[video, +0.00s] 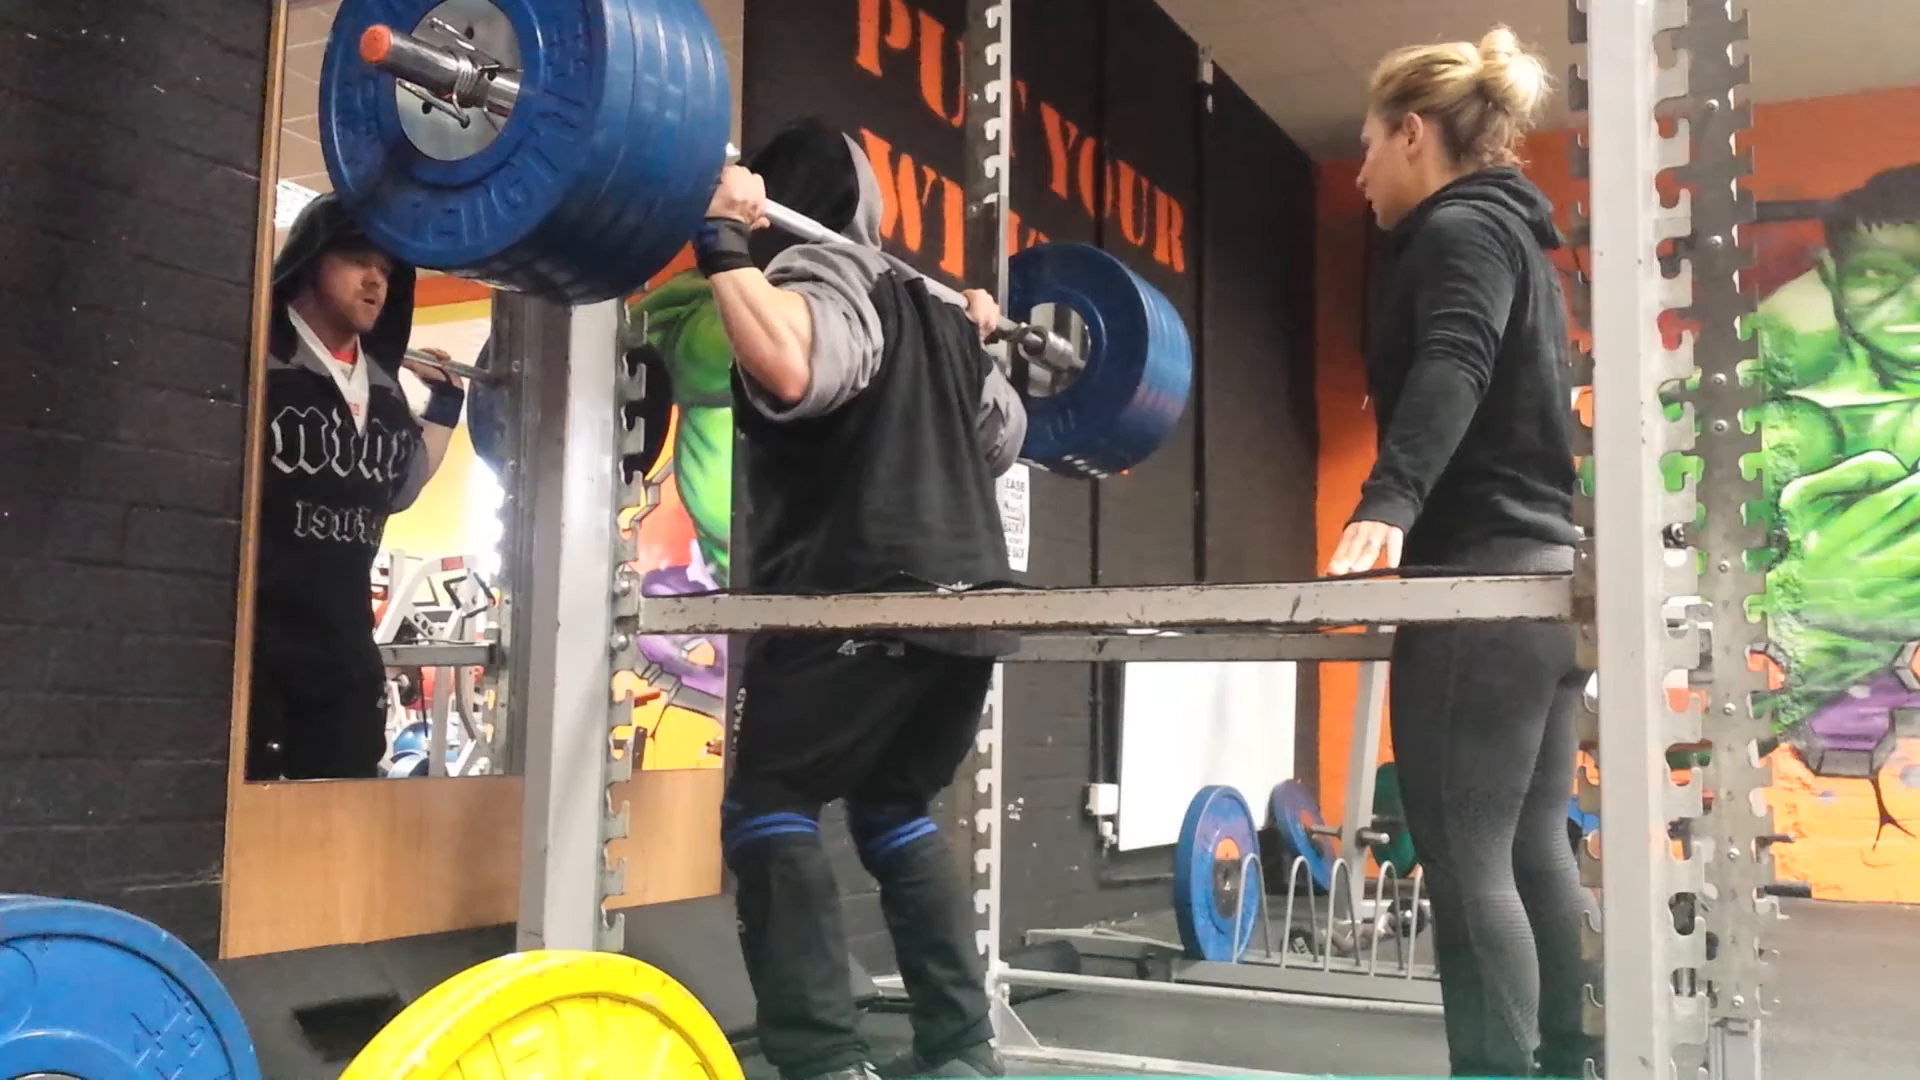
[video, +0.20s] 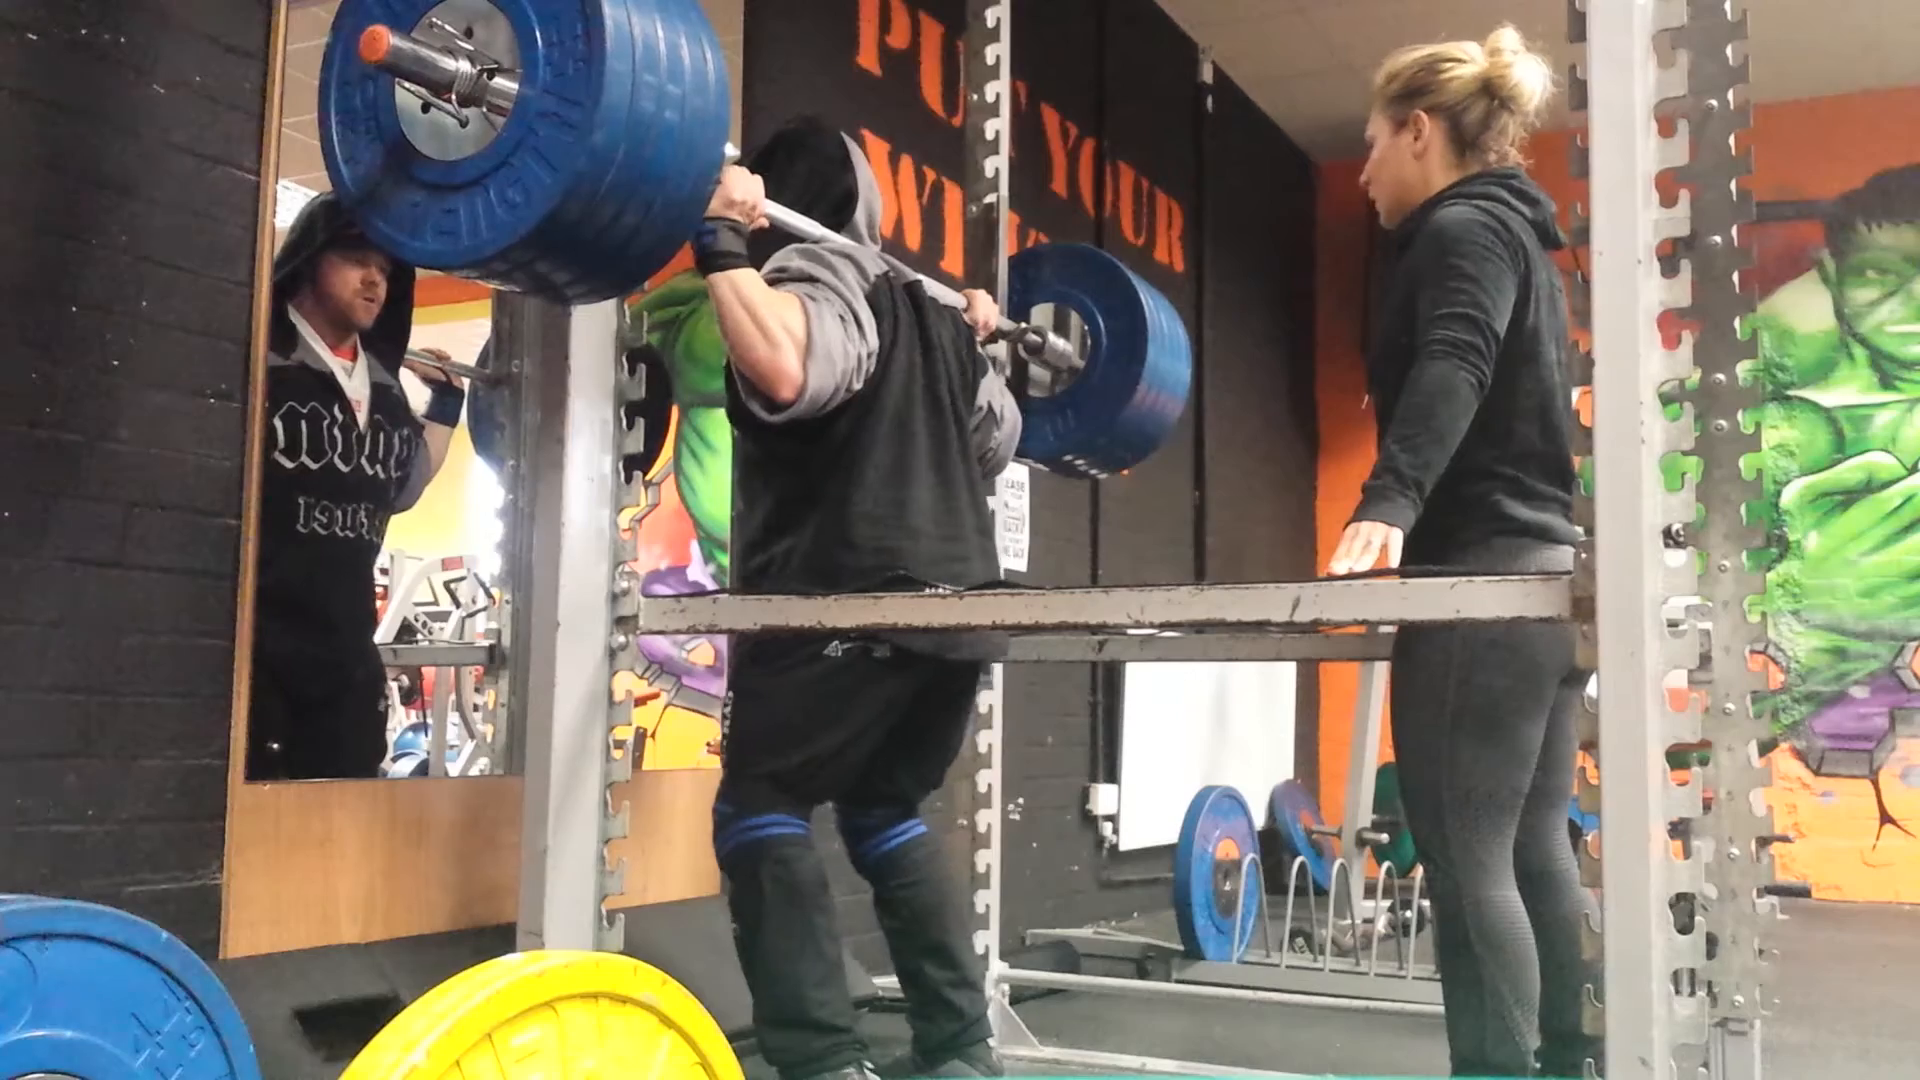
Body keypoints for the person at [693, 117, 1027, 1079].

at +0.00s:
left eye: (754, 210)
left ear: (778, 209)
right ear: (865, 204)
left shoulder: (811, 276)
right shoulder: (935, 301)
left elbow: (791, 369)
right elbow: (1003, 436)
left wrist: (722, 239)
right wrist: (990, 338)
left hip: (845, 601)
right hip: (971, 602)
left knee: (768, 806)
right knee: (896, 806)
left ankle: (814, 1049)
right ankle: (958, 1048)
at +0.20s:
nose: (745, 224)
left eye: (752, 206)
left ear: (777, 207)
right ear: (866, 206)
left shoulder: (810, 274)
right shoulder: (934, 302)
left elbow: (788, 370)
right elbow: (996, 438)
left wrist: (720, 242)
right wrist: (988, 339)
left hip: (830, 609)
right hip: (962, 610)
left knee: (760, 807)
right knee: (886, 807)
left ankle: (810, 1047)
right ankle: (957, 1045)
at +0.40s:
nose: (742, 226)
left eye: (750, 207)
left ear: (776, 208)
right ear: (864, 204)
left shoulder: (809, 274)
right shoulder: (932, 302)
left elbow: (794, 366)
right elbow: (999, 435)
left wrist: (722, 239)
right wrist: (986, 340)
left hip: (831, 604)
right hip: (962, 605)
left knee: (757, 803)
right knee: (888, 805)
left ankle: (808, 1044)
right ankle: (957, 1047)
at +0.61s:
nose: (748, 231)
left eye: (755, 208)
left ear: (777, 209)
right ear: (865, 206)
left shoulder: (814, 276)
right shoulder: (934, 304)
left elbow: (793, 367)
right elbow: (1007, 433)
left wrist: (721, 238)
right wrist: (987, 340)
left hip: (841, 600)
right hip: (971, 601)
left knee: (761, 799)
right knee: (894, 805)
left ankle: (805, 1047)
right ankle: (959, 1049)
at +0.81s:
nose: (747, 224)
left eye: (754, 206)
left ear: (778, 207)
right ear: (859, 205)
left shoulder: (809, 274)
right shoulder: (933, 299)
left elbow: (796, 367)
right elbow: (1004, 433)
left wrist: (722, 242)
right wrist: (988, 340)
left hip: (847, 598)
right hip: (973, 600)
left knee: (766, 800)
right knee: (894, 805)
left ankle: (805, 1049)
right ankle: (958, 1048)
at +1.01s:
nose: (734, 247)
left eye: (743, 224)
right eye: (730, 224)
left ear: (778, 220)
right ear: (846, 213)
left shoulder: (822, 271)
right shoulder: (933, 301)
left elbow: (793, 367)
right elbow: (1008, 435)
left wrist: (721, 238)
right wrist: (981, 341)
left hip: (850, 599)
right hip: (972, 605)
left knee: (767, 802)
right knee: (895, 808)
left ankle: (806, 1049)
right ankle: (958, 1049)